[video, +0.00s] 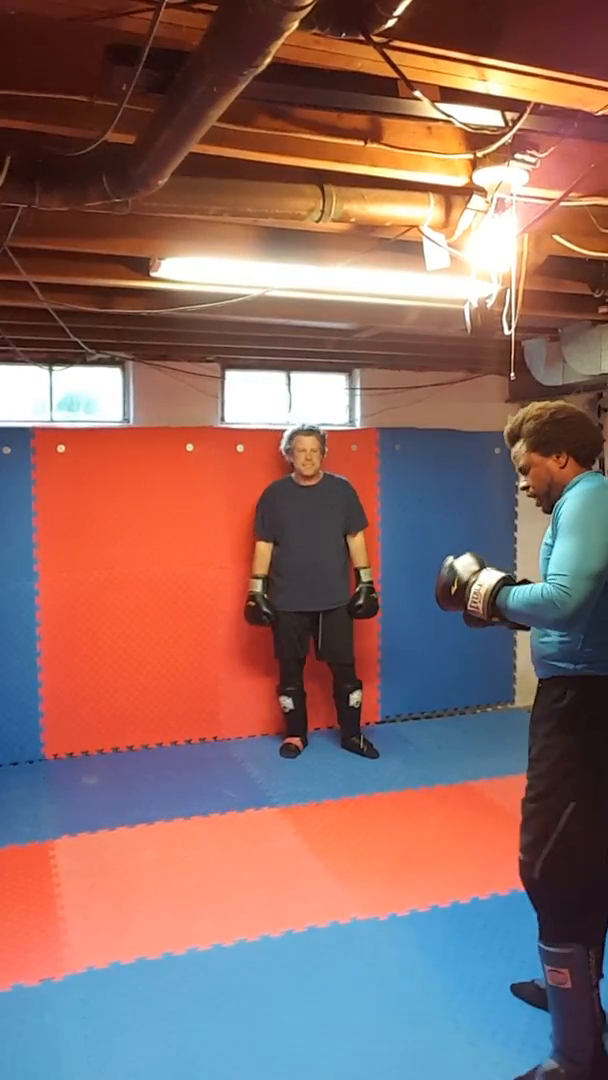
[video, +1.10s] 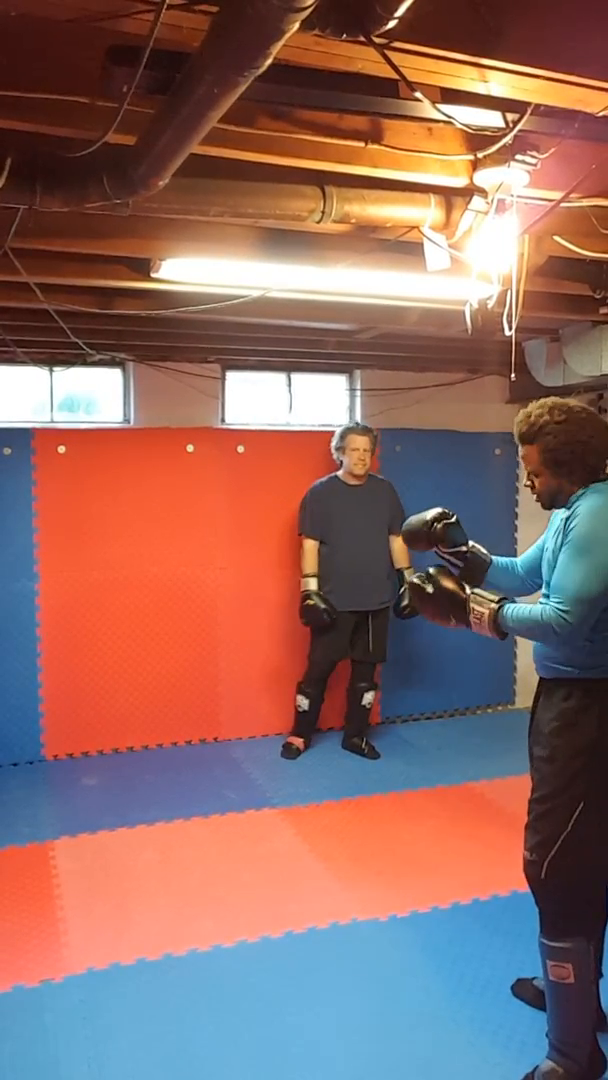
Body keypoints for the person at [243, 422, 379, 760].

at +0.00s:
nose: (307, 458)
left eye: (313, 452)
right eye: (300, 452)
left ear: (322, 454)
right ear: (291, 456)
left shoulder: (341, 490)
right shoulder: (274, 494)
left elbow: (356, 537)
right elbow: (264, 544)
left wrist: (366, 583)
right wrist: (257, 590)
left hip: (336, 598)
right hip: (289, 599)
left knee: (344, 667)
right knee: (290, 669)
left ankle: (352, 734)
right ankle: (295, 735)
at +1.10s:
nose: (361, 457)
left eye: (366, 451)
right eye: (354, 451)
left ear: (373, 454)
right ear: (339, 453)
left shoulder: (384, 490)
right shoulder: (320, 493)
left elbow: (396, 538)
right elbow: (310, 544)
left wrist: (407, 581)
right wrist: (310, 592)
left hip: (376, 601)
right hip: (334, 601)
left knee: (366, 671)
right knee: (318, 670)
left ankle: (356, 735)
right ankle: (301, 733)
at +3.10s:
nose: (352, 458)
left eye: (358, 452)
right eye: (345, 452)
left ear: (367, 455)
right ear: (334, 456)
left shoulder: (383, 491)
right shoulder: (316, 495)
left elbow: (394, 539)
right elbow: (304, 544)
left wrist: (408, 581)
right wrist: (293, 589)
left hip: (372, 600)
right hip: (328, 600)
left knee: (364, 670)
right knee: (309, 669)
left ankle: (356, 736)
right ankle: (287, 741)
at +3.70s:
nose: (301, 461)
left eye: (307, 455)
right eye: (294, 455)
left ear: (318, 457)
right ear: (284, 459)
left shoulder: (338, 494)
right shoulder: (268, 498)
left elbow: (353, 544)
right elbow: (256, 548)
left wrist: (360, 593)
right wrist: (245, 595)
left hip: (329, 606)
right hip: (279, 606)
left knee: (343, 676)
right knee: (278, 677)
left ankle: (352, 736)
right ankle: (280, 748)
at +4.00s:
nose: (282, 458)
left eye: (288, 451)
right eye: (276, 452)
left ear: (301, 453)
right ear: (267, 455)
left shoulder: (323, 491)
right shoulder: (252, 495)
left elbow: (337, 540)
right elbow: (240, 546)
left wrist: (342, 587)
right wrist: (230, 593)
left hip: (313, 601)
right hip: (266, 602)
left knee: (312, 674)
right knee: (272, 675)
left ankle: (317, 747)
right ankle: (279, 745)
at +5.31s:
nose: (305, 455)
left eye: (310, 448)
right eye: (297, 449)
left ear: (319, 452)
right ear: (283, 455)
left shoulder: (333, 492)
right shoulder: (264, 496)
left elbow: (347, 534)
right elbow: (250, 543)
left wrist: (345, 556)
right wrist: (263, 585)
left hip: (324, 604)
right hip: (281, 606)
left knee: (337, 675)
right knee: (280, 677)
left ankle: (353, 743)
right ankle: (281, 748)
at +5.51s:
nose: (318, 455)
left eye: (323, 449)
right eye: (310, 450)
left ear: (330, 451)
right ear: (296, 455)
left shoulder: (345, 489)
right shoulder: (277, 495)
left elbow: (360, 532)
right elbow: (265, 544)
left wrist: (357, 551)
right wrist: (307, 558)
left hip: (340, 605)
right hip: (294, 607)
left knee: (349, 676)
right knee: (287, 679)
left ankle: (355, 744)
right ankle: (282, 748)